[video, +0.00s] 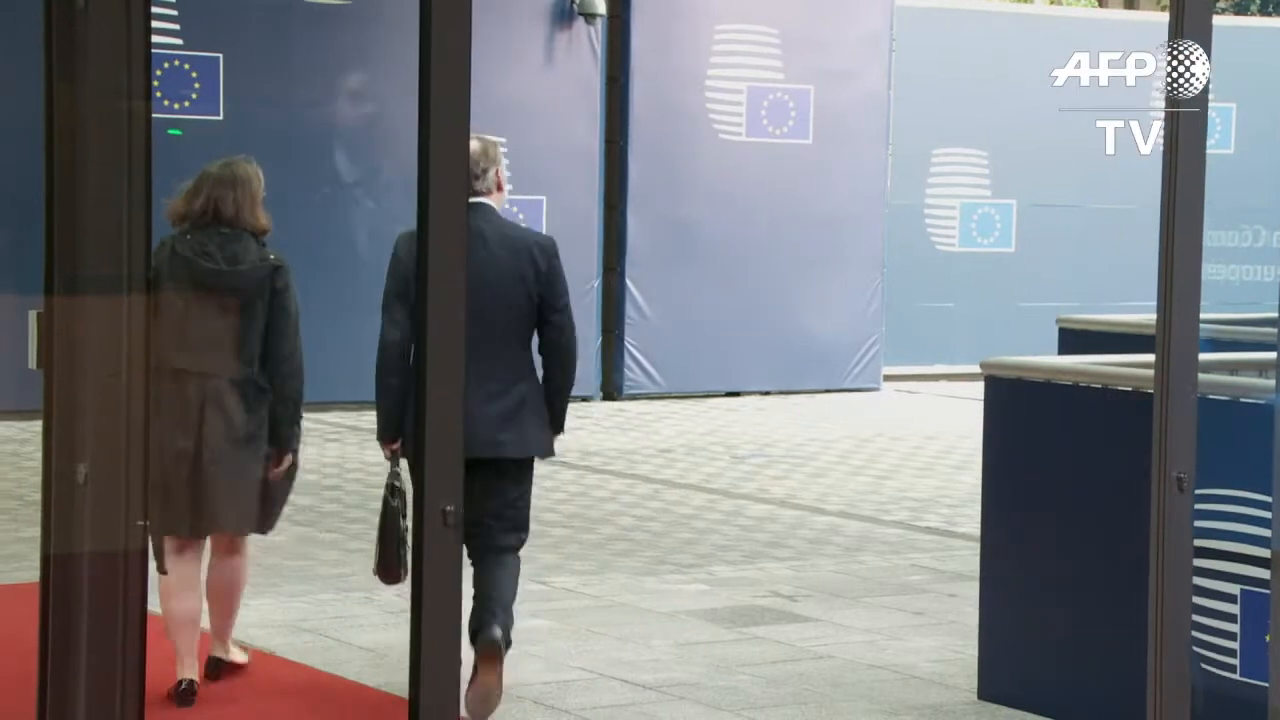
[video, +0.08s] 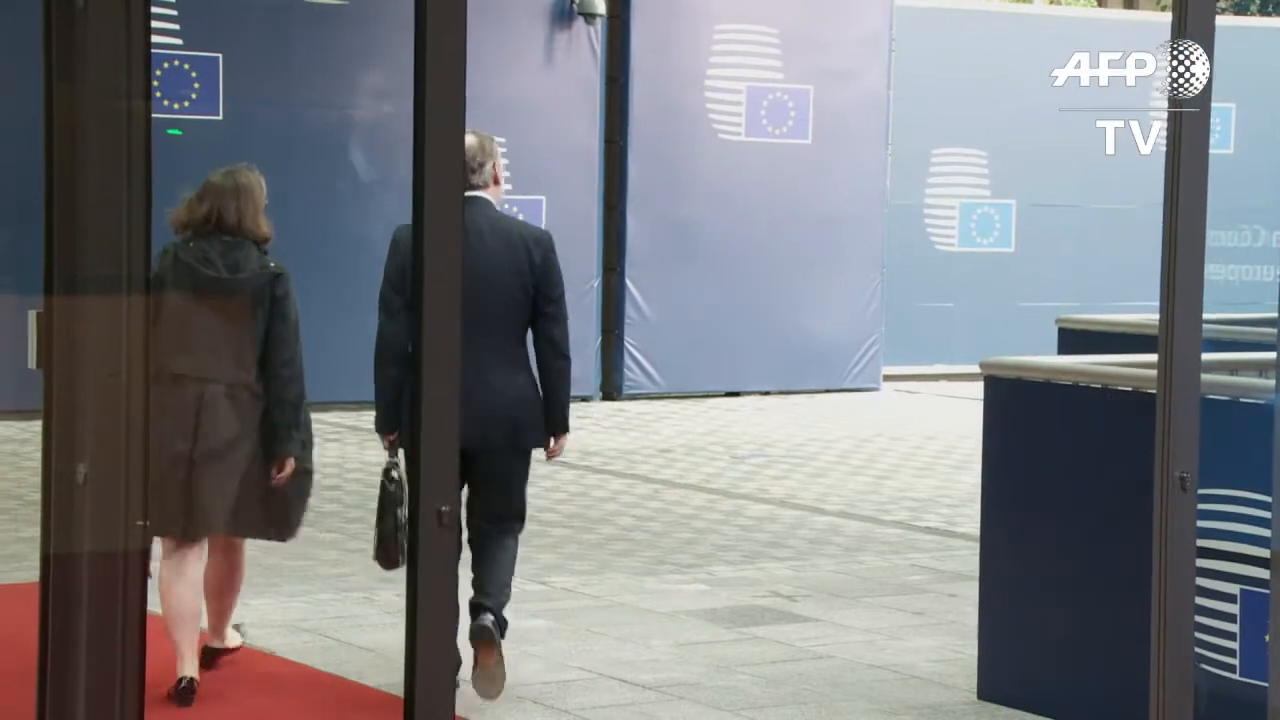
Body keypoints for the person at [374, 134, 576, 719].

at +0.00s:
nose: (506, 184)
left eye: (499, 175)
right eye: (505, 177)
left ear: (447, 181)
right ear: (497, 182)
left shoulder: (413, 246)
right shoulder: (535, 248)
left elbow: (394, 341)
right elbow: (561, 344)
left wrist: (390, 422)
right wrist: (551, 415)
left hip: (433, 429)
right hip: (507, 427)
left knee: (435, 554)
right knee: (499, 543)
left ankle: (435, 680)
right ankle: (491, 639)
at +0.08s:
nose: (503, 178)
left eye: (498, 169)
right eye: (501, 171)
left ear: (445, 176)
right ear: (493, 176)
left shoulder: (409, 240)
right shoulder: (531, 241)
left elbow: (392, 335)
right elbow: (552, 338)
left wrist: (388, 413)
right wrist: (557, 414)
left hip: (432, 412)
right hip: (505, 415)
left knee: (432, 535)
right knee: (499, 523)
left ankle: (436, 666)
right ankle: (487, 615)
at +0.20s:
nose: (505, 175)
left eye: (500, 167)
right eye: (503, 169)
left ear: (445, 173)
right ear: (495, 174)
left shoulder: (408, 232)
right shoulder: (529, 238)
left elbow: (389, 323)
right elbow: (550, 332)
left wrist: (382, 402)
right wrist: (556, 408)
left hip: (431, 408)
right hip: (501, 409)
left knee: (434, 525)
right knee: (495, 518)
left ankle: (436, 651)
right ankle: (484, 637)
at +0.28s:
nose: (508, 182)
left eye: (504, 174)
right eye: (506, 175)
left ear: (444, 180)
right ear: (496, 179)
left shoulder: (411, 235)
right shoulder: (529, 241)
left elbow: (387, 324)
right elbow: (550, 334)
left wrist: (383, 403)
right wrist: (553, 407)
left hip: (430, 410)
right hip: (500, 411)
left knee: (435, 528)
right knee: (492, 522)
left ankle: (437, 656)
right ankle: (485, 643)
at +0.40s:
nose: (504, 198)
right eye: (505, 191)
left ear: (453, 193)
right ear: (502, 195)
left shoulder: (418, 243)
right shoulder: (530, 253)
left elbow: (389, 333)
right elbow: (549, 344)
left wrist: (384, 409)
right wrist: (552, 417)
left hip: (430, 415)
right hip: (500, 418)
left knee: (436, 532)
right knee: (489, 526)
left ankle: (440, 656)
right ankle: (475, 628)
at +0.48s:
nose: (509, 202)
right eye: (511, 194)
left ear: (461, 195)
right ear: (508, 197)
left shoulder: (425, 245)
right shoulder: (533, 256)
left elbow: (396, 333)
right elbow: (550, 346)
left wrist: (390, 413)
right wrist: (554, 419)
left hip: (433, 414)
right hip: (501, 417)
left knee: (437, 525)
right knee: (487, 523)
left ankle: (439, 641)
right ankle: (471, 631)